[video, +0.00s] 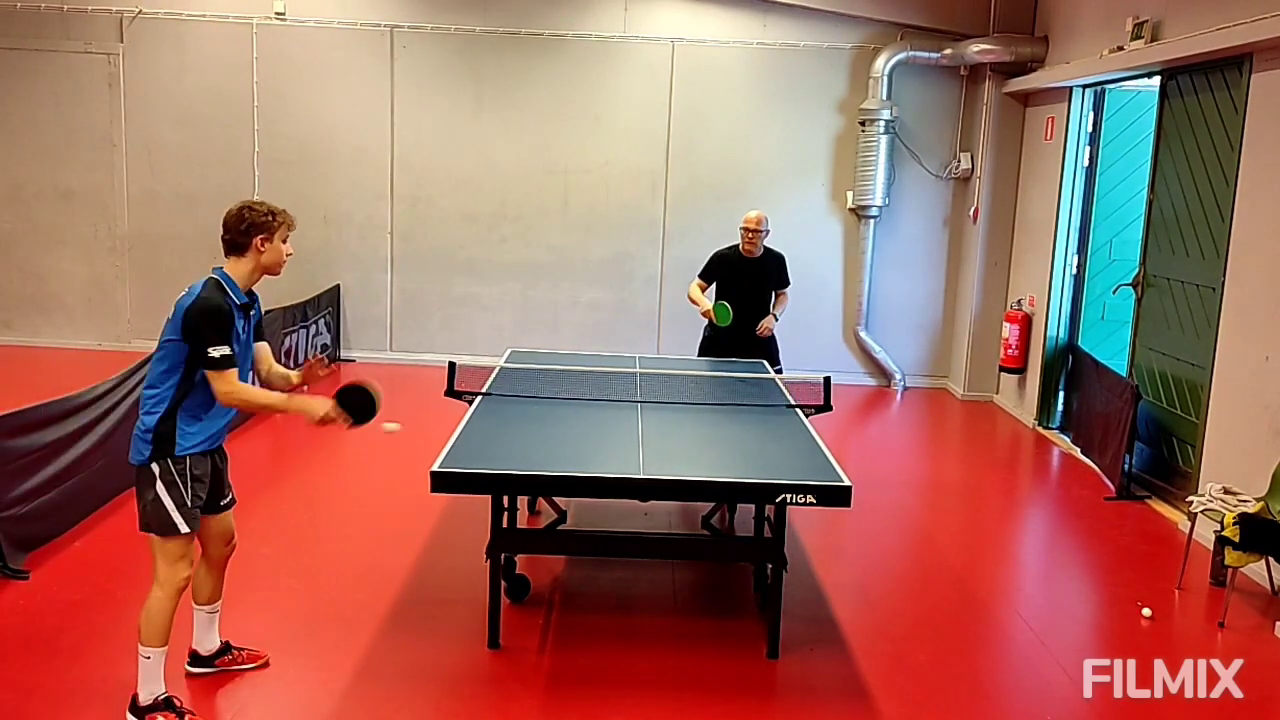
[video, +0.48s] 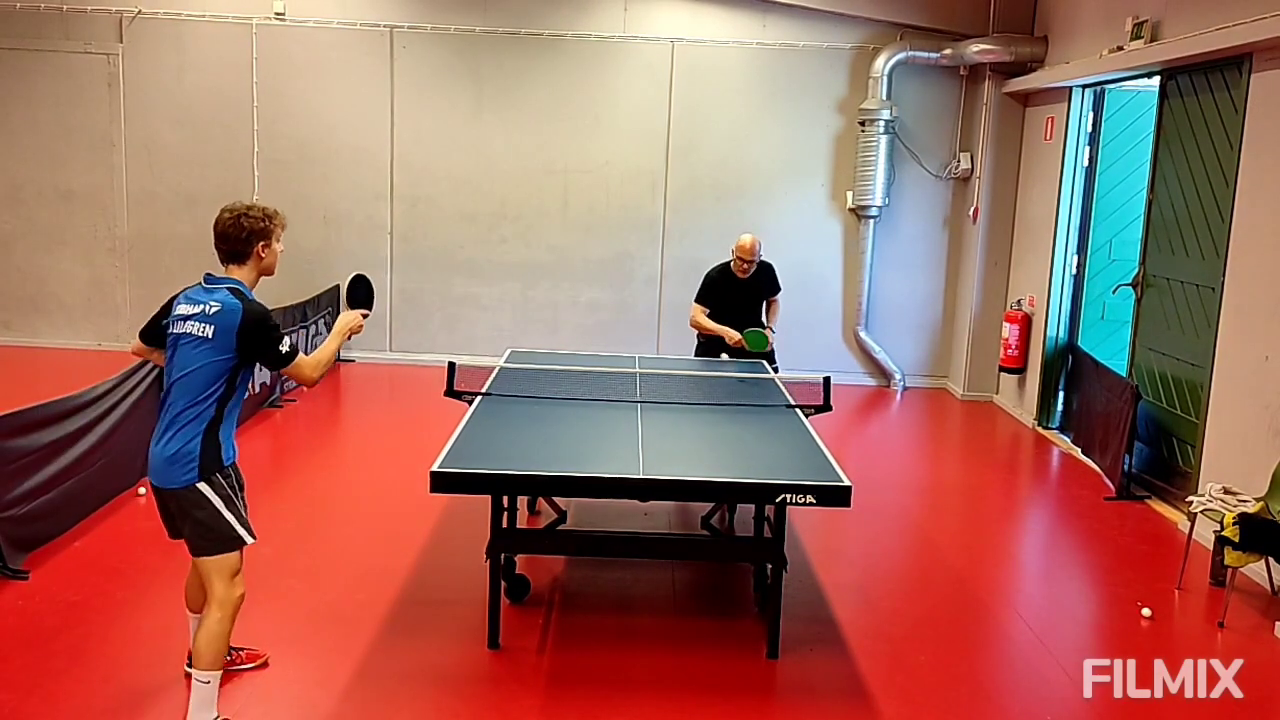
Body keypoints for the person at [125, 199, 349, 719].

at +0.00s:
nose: (290, 250)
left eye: (289, 241)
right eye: (286, 241)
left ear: (256, 244)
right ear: (260, 245)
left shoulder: (247, 299)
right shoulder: (211, 303)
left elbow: (263, 366)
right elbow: (227, 391)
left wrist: (294, 380)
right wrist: (304, 406)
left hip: (205, 444)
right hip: (167, 451)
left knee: (219, 544)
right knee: (174, 571)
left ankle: (207, 650)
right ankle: (148, 698)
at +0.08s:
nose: (290, 249)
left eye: (290, 240)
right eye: (286, 239)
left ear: (253, 242)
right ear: (262, 243)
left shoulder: (238, 296)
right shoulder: (221, 301)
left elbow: (227, 380)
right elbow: (265, 381)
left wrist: (281, 368)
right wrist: (342, 363)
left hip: (206, 444)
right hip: (171, 451)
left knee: (221, 543)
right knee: (176, 574)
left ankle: (207, 650)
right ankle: (145, 698)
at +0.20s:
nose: (288, 245)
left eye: (286, 235)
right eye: (284, 236)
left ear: (242, 240)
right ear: (263, 240)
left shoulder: (213, 286)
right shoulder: (238, 297)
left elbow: (219, 362)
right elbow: (306, 351)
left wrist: (277, 363)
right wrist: (349, 310)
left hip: (204, 446)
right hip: (183, 452)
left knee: (221, 543)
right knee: (192, 574)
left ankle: (206, 650)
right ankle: (140, 700)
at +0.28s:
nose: (283, 245)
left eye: (282, 235)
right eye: (280, 236)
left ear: (233, 239)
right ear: (261, 239)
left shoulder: (205, 287)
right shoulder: (244, 298)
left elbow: (207, 357)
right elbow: (311, 345)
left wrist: (266, 369)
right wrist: (348, 302)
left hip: (191, 446)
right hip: (192, 453)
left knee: (215, 547)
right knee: (199, 579)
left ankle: (206, 650)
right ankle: (144, 701)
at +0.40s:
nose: (281, 243)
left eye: (280, 234)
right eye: (278, 235)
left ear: (232, 241)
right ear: (258, 241)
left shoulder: (194, 290)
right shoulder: (247, 303)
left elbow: (165, 343)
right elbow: (311, 354)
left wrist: (234, 365)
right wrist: (344, 310)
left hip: (177, 454)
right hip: (198, 460)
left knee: (211, 563)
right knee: (213, 589)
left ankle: (207, 650)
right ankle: (171, 711)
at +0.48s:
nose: (279, 251)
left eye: (278, 242)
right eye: (276, 243)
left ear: (225, 248)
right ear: (260, 250)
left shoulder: (186, 297)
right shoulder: (250, 313)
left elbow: (145, 345)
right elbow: (307, 372)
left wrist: (200, 370)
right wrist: (342, 330)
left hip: (168, 462)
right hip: (200, 468)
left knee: (207, 559)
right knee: (227, 593)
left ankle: (205, 651)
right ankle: (202, 714)